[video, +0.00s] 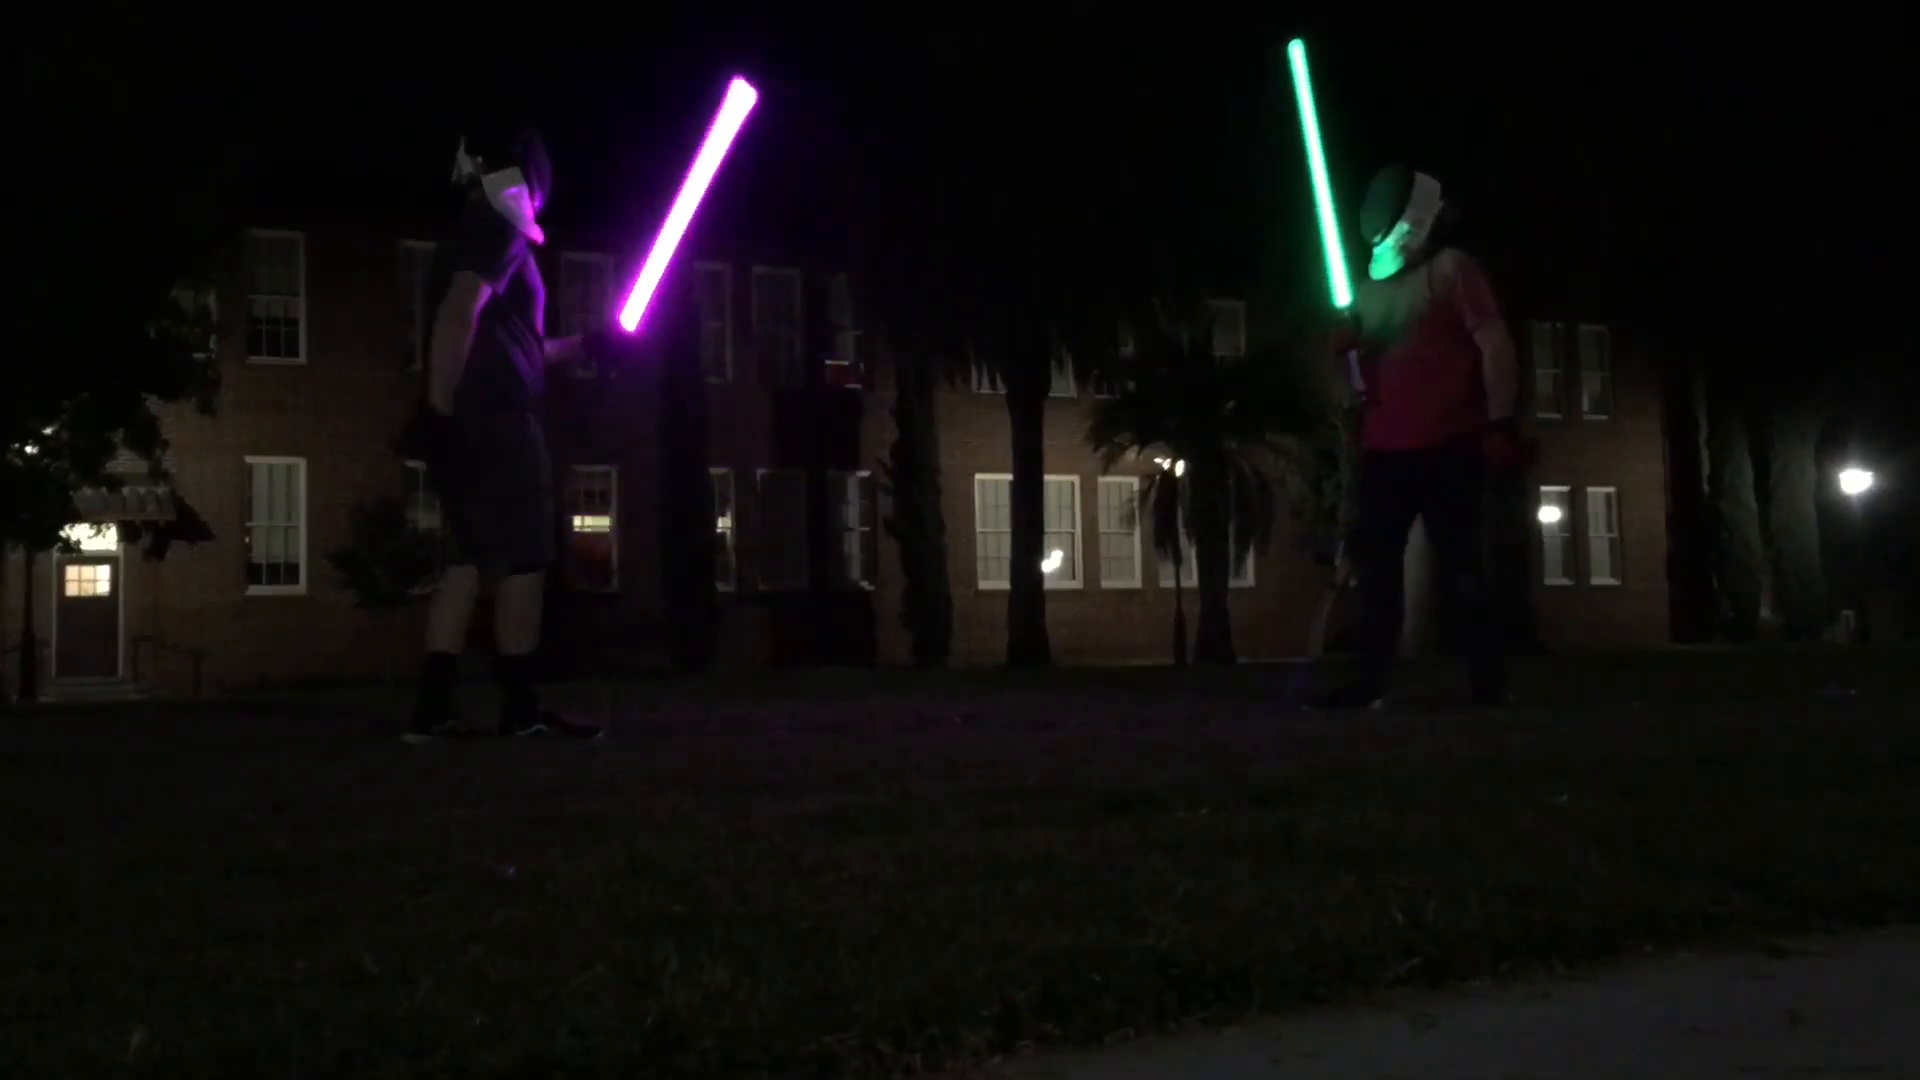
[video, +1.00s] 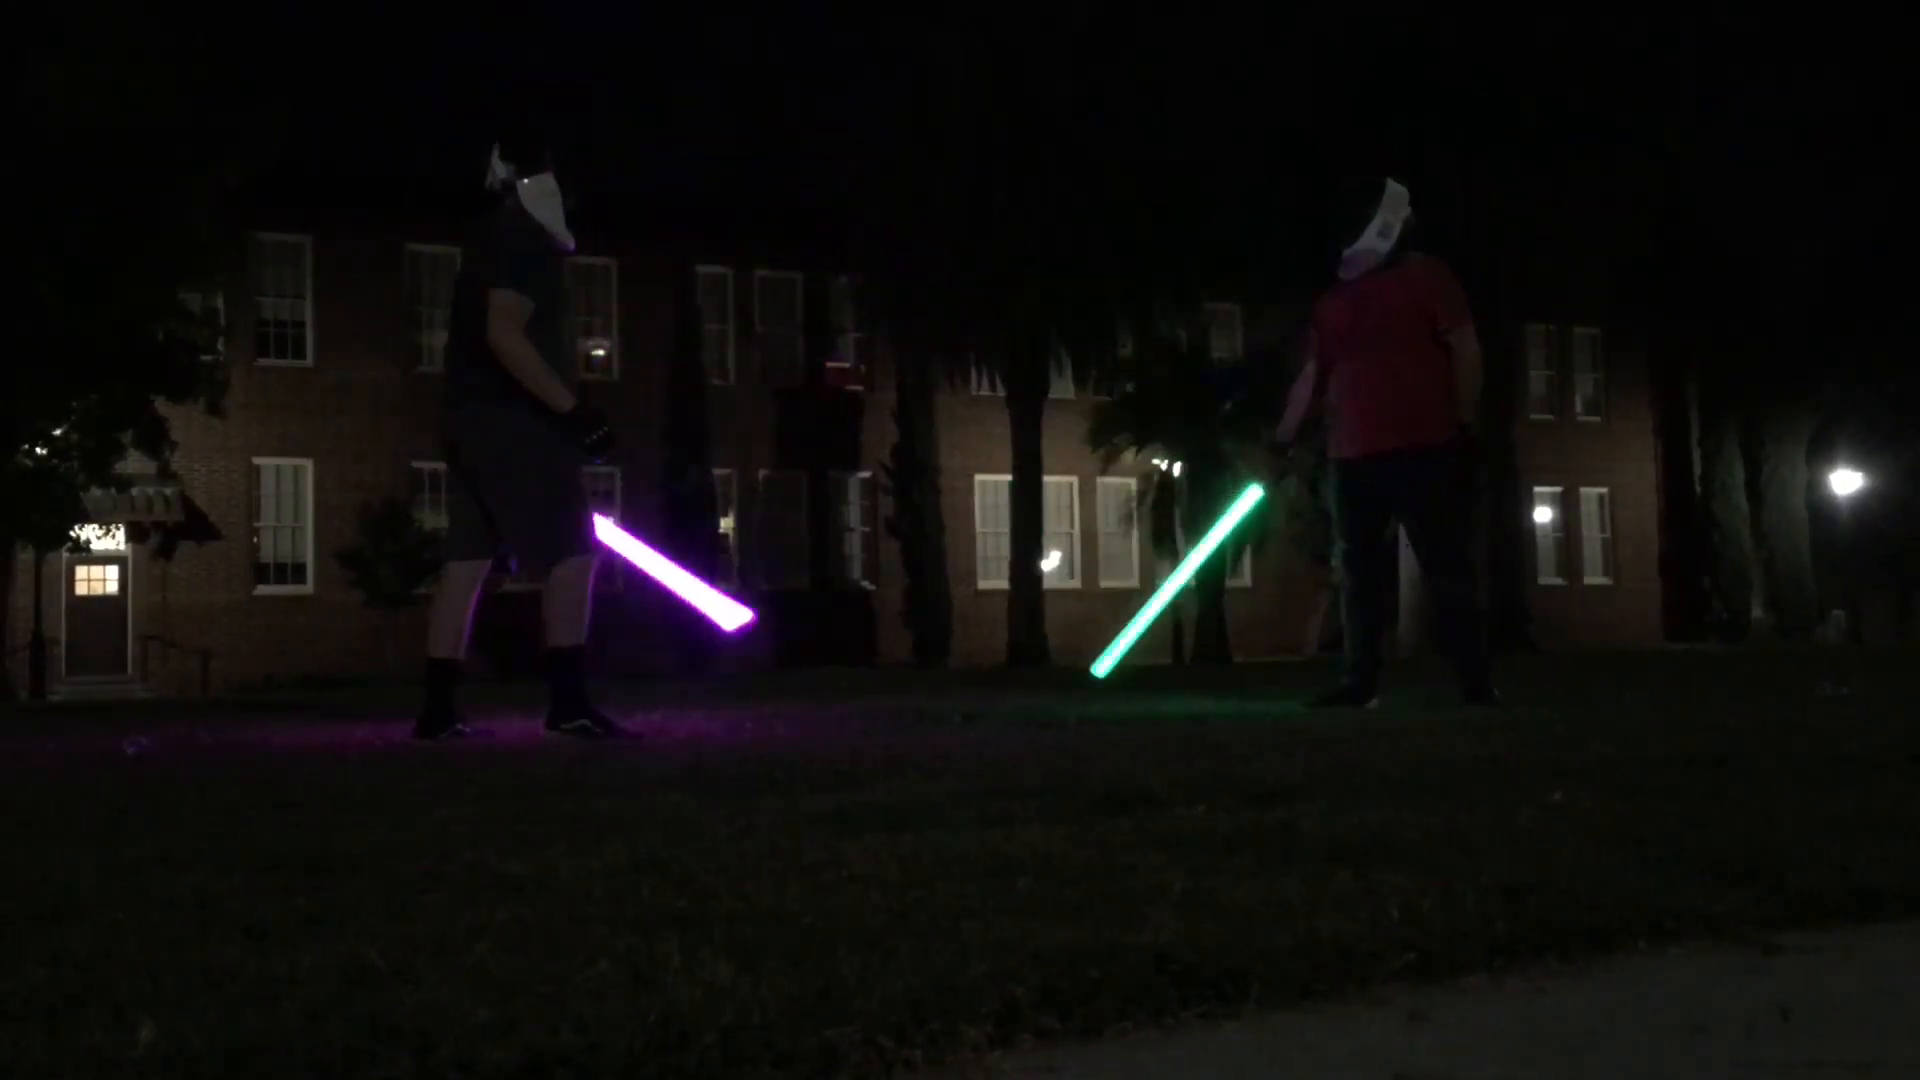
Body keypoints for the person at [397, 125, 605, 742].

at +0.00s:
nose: (539, 205)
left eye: (536, 192)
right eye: (534, 191)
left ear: (491, 185)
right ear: (517, 186)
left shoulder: (481, 239)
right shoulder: (502, 235)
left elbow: (514, 353)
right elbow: (457, 313)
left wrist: (583, 342)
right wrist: (439, 408)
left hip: (470, 424)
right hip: (502, 424)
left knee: (465, 559)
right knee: (524, 557)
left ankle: (434, 701)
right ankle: (521, 705)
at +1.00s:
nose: (567, 200)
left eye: (563, 187)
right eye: (559, 187)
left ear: (510, 188)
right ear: (537, 187)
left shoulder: (489, 243)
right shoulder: (524, 244)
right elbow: (506, 334)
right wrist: (571, 408)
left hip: (477, 432)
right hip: (523, 431)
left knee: (467, 560)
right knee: (573, 552)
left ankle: (437, 708)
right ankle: (569, 702)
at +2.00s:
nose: (795, 272)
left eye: (791, 262)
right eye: (789, 262)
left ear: (746, 261)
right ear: (778, 263)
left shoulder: (733, 305)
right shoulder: (770, 301)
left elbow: (775, 422)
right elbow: (837, 354)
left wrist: (849, 434)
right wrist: (875, 385)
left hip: (769, 468)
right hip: (746, 468)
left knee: (847, 553)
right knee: (702, 597)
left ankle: (869, 689)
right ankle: (591, 702)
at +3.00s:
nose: (1135, 217)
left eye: (1129, 207)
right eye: (1128, 208)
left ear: (1082, 222)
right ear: (1118, 215)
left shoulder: (1064, 281)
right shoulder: (1146, 271)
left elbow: (1056, 372)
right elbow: (1203, 348)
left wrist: (1063, 437)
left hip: (1084, 444)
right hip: (1144, 436)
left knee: (1143, 560)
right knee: (1208, 553)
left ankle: (1162, 683)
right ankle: (1170, 687)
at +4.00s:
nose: (903, 197)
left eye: (901, 184)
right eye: (895, 184)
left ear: (852, 188)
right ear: (867, 186)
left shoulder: (832, 238)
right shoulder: (877, 240)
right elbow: (909, 344)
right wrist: (939, 402)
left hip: (851, 421)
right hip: (858, 422)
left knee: (895, 554)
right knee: (824, 560)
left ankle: (869, 702)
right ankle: (744, 700)